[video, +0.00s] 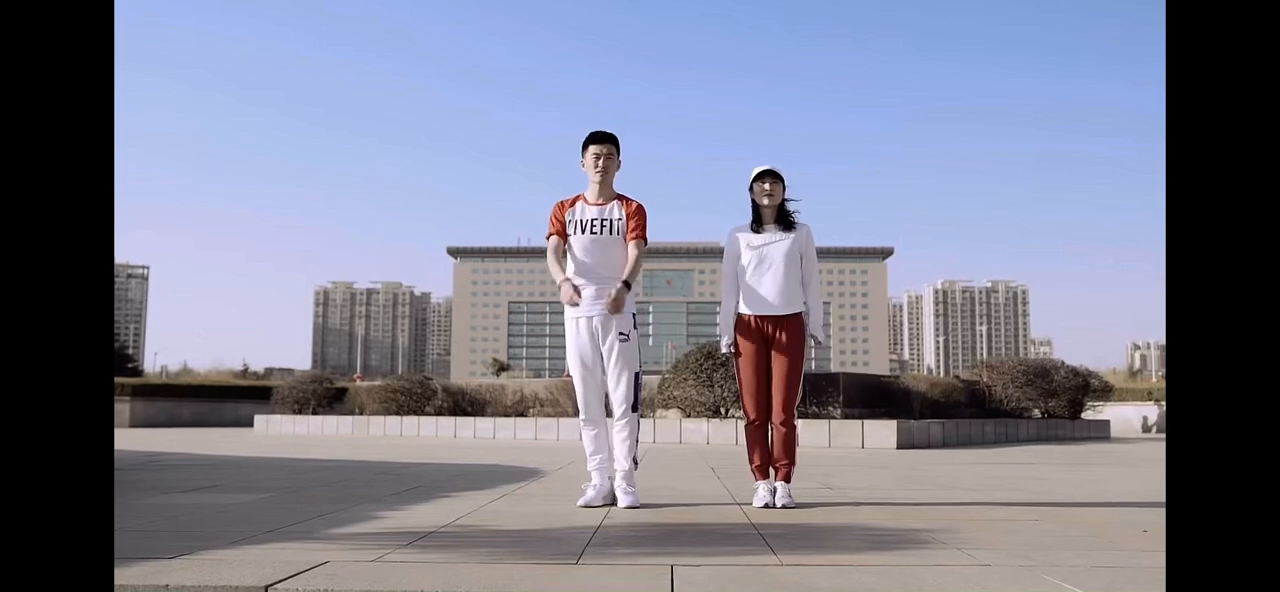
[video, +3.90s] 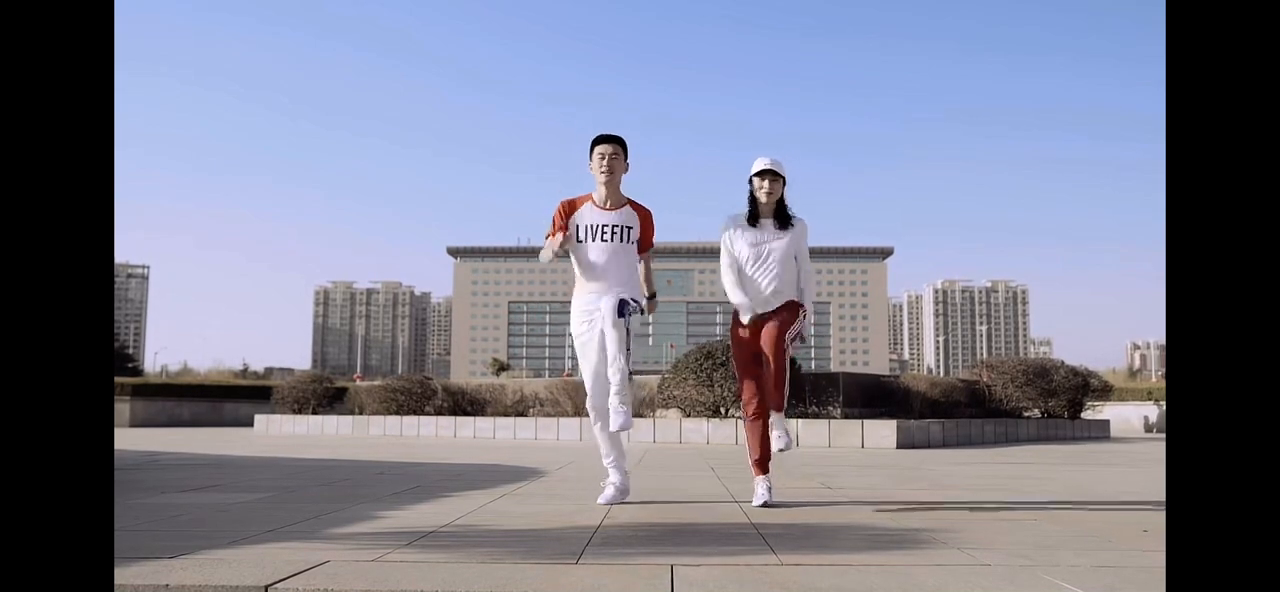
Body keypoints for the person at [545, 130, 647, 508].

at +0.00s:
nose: (601, 160)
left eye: (608, 155)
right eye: (595, 155)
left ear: (618, 163)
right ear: (583, 162)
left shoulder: (631, 208)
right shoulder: (564, 208)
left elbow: (636, 251)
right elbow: (553, 252)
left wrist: (624, 286)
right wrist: (562, 280)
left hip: (617, 311)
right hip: (578, 313)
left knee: (623, 402)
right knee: (588, 404)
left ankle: (624, 483)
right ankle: (599, 482)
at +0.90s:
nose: (601, 161)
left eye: (608, 156)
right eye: (595, 156)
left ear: (618, 164)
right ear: (584, 164)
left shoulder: (633, 208)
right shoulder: (566, 209)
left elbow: (642, 232)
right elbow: (554, 243)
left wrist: (634, 248)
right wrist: (554, 266)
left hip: (620, 313)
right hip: (579, 314)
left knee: (623, 402)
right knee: (588, 404)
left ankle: (624, 483)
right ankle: (598, 483)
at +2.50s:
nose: (601, 169)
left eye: (608, 163)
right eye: (594, 163)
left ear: (616, 169)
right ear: (582, 169)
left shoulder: (630, 214)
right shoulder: (563, 215)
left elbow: (641, 260)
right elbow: (551, 259)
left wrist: (644, 306)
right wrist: (574, 272)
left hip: (617, 313)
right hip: (576, 315)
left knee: (620, 398)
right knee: (587, 402)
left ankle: (630, 481)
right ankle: (600, 482)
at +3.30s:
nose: (600, 161)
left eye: (606, 155)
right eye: (593, 155)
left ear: (615, 161)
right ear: (580, 162)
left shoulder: (632, 209)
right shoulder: (560, 207)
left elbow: (645, 261)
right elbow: (542, 257)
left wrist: (641, 261)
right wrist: (523, 305)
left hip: (618, 307)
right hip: (576, 311)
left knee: (627, 386)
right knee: (584, 399)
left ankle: (633, 454)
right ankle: (598, 479)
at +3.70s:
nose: (597, 147)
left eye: (604, 142)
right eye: (591, 142)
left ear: (615, 151)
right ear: (580, 151)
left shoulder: (632, 196)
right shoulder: (564, 200)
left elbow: (642, 247)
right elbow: (561, 256)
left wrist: (648, 288)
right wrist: (559, 306)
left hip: (621, 300)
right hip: (582, 303)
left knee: (624, 371)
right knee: (593, 393)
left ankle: (631, 436)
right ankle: (603, 471)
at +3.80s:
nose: (602, 163)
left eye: (610, 157)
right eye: (596, 158)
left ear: (622, 167)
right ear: (587, 167)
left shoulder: (638, 216)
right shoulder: (568, 212)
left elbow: (645, 267)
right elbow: (556, 256)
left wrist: (650, 309)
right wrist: (557, 271)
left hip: (625, 306)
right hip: (585, 311)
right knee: (596, 401)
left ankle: (624, 392)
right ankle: (617, 478)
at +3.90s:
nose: (606, 162)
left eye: (614, 157)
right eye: (600, 157)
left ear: (626, 166)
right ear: (590, 165)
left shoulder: (641, 215)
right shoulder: (570, 208)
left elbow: (644, 259)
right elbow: (546, 257)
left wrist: (650, 294)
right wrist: (556, 244)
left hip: (626, 302)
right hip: (586, 307)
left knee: (613, 309)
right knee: (596, 396)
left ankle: (620, 400)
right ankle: (617, 478)